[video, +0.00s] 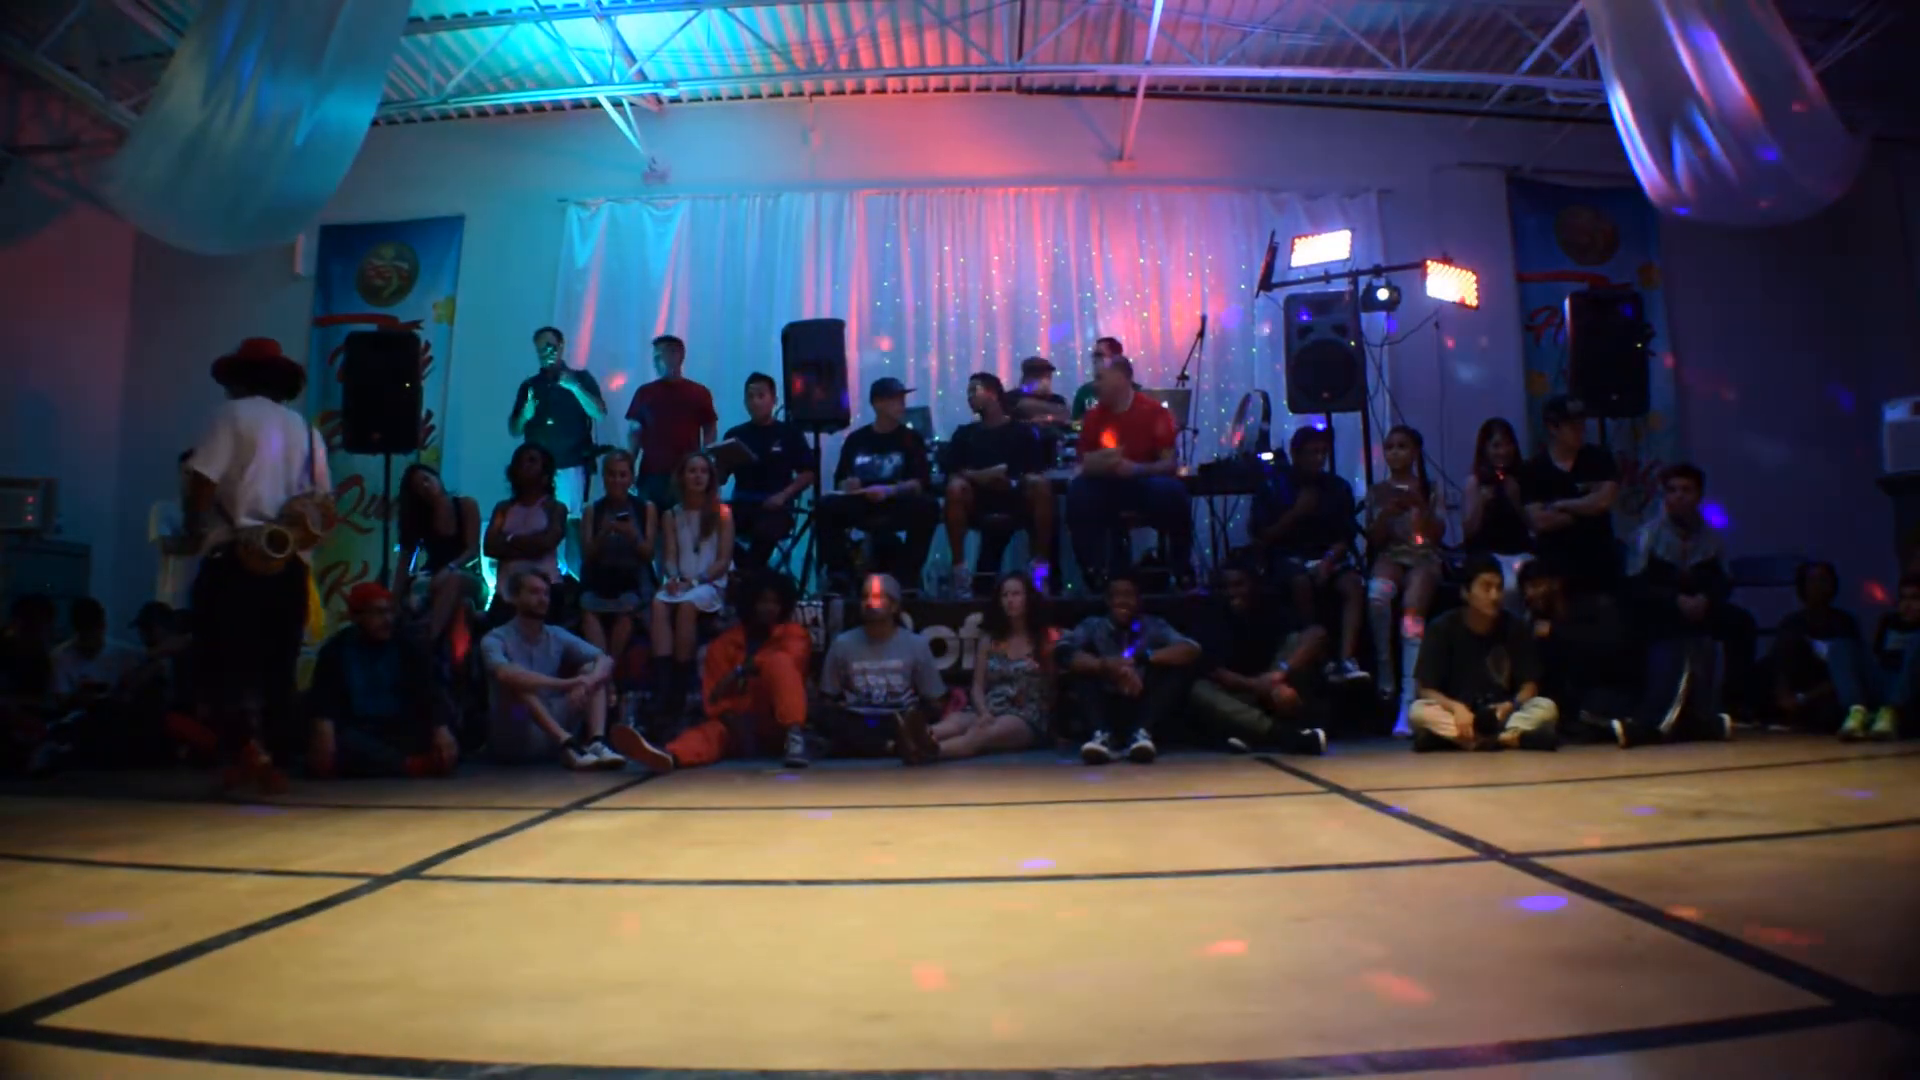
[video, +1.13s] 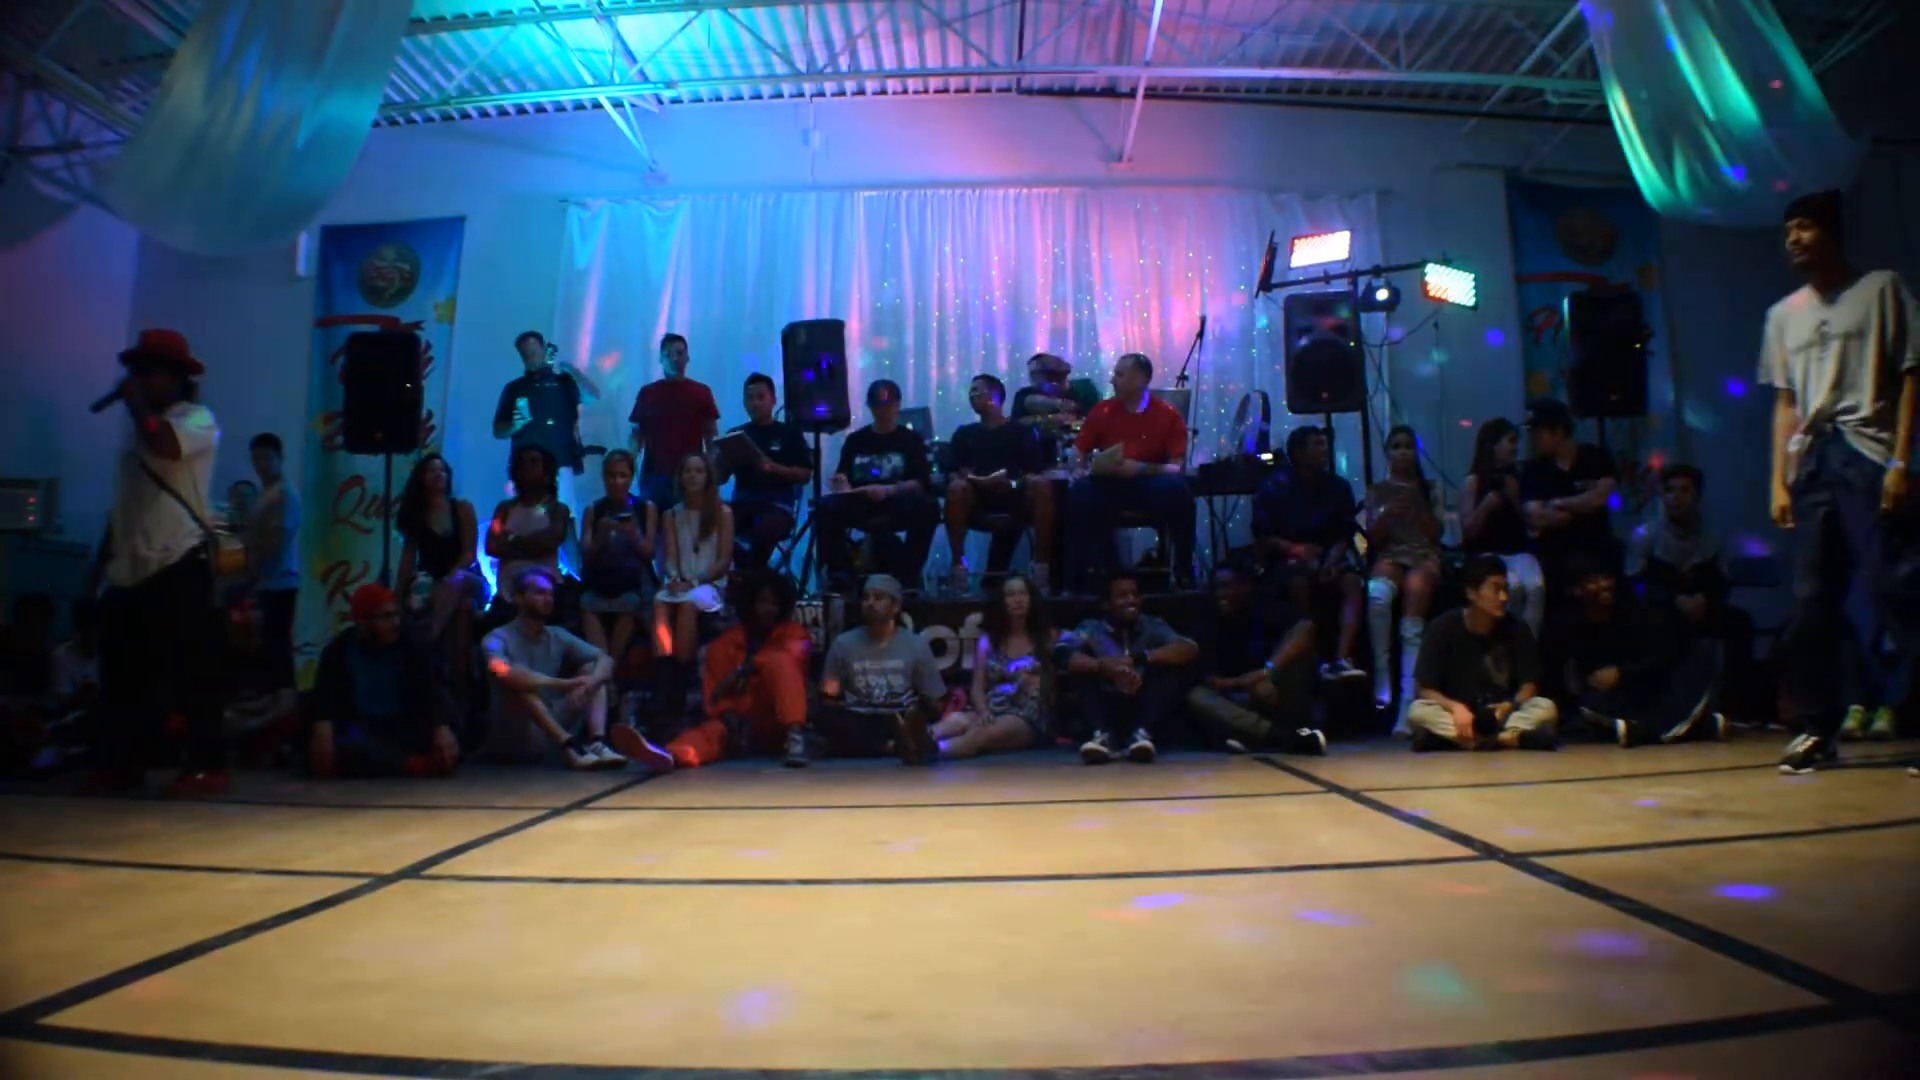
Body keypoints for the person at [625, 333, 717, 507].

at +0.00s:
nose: (657, 360)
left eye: (663, 354)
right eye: (655, 356)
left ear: (679, 356)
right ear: (653, 360)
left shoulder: (699, 393)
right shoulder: (645, 393)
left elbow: (710, 431)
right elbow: (634, 433)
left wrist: (704, 466)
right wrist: (628, 470)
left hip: (687, 476)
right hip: (652, 474)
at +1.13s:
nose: (674, 359)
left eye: (680, 353)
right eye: (668, 354)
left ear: (687, 358)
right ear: (661, 359)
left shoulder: (701, 392)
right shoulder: (648, 393)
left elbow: (711, 436)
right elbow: (637, 435)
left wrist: (712, 474)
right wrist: (627, 470)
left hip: (690, 477)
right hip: (655, 475)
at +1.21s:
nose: (675, 359)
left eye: (679, 353)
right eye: (669, 354)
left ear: (687, 357)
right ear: (661, 359)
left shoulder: (701, 392)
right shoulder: (648, 393)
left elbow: (712, 436)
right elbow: (635, 436)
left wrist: (714, 473)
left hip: (689, 477)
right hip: (654, 475)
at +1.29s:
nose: (674, 359)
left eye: (679, 353)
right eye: (668, 354)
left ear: (687, 358)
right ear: (660, 359)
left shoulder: (700, 391)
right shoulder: (648, 393)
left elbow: (711, 436)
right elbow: (631, 430)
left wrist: (714, 473)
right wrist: (632, 420)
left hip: (689, 474)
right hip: (654, 472)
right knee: (652, 534)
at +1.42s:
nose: (674, 359)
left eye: (678, 354)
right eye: (668, 355)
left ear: (686, 358)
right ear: (660, 360)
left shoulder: (701, 391)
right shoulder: (649, 392)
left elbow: (712, 437)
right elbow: (620, 424)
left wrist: (715, 475)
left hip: (690, 475)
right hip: (655, 473)